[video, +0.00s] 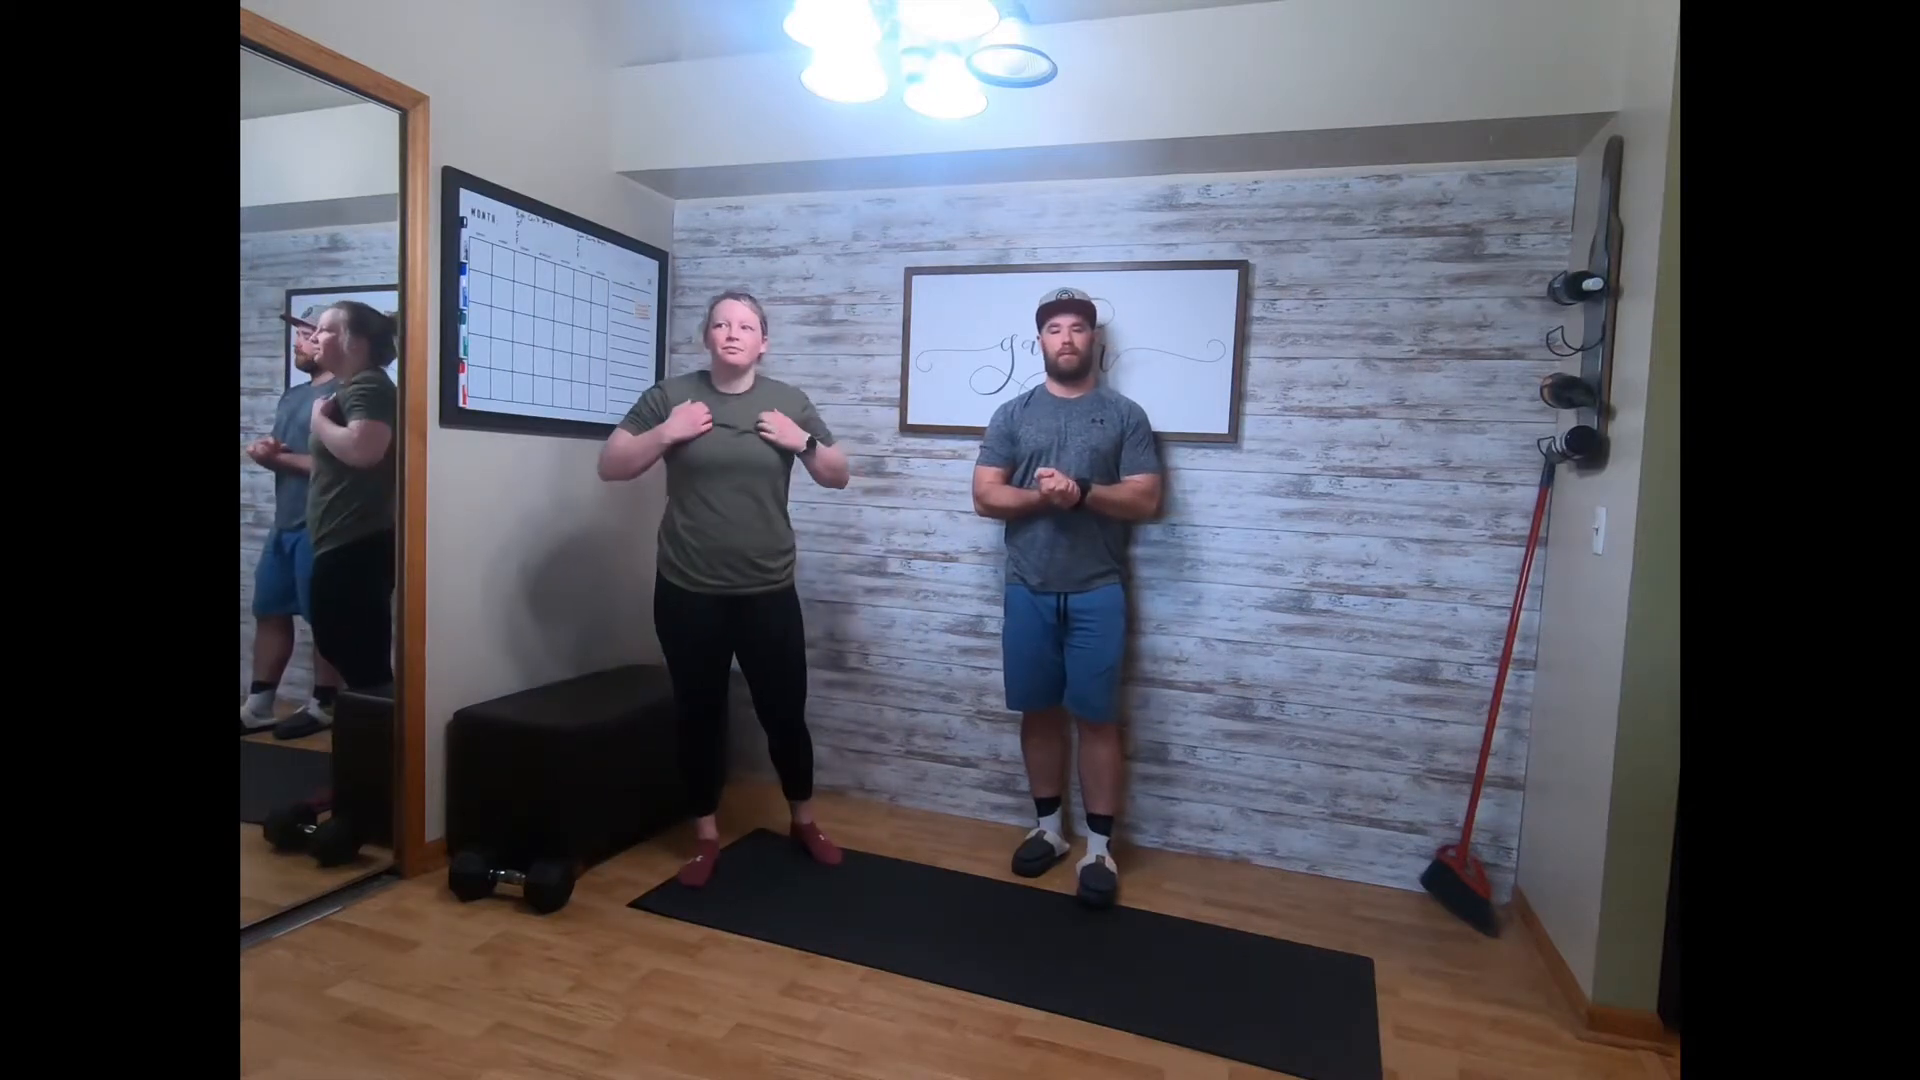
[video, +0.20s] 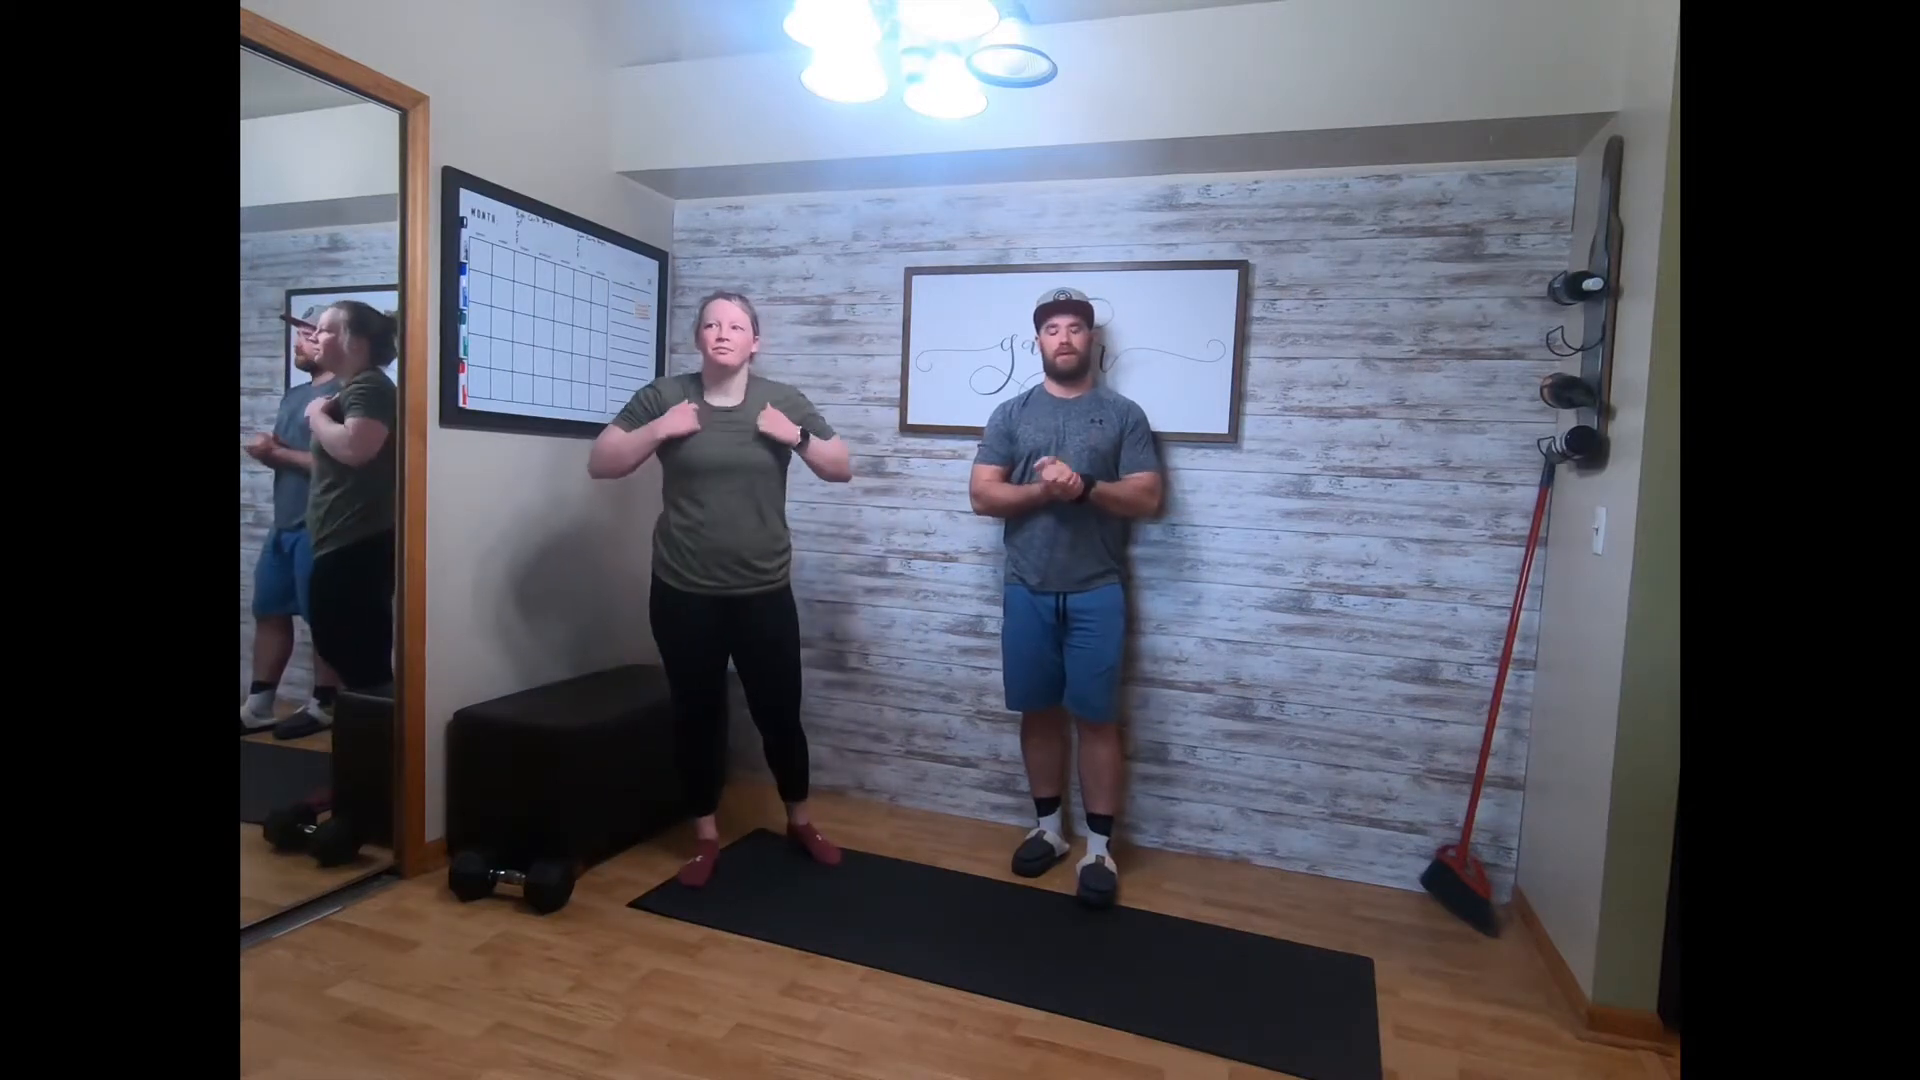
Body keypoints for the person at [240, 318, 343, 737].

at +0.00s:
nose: (301, 338)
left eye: (311, 333)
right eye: (301, 332)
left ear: (330, 345)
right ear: (302, 345)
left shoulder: (342, 394)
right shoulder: (291, 397)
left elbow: (335, 465)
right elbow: (294, 460)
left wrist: (281, 457)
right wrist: (271, 452)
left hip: (321, 525)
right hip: (284, 525)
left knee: (323, 620)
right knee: (271, 611)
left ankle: (324, 706)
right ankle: (259, 703)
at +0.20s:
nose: (301, 337)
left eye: (310, 332)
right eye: (301, 332)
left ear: (328, 344)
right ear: (302, 345)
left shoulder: (341, 395)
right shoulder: (293, 396)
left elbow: (334, 464)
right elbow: (293, 458)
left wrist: (280, 453)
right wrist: (270, 450)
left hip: (320, 526)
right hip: (283, 525)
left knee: (322, 620)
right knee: (270, 611)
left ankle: (325, 705)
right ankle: (259, 703)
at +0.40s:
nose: (303, 340)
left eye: (313, 335)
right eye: (303, 333)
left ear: (331, 347)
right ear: (300, 341)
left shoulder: (338, 395)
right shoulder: (295, 392)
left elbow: (328, 464)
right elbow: (284, 448)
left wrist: (272, 450)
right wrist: (262, 431)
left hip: (319, 527)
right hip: (283, 526)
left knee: (322, 620)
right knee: (270, 611)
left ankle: (324, 706)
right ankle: (259, 705)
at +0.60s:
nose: (299, 350)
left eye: (307, 341)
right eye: (297, 343)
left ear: (332, 343)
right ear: (296, 350)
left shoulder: (349, 397)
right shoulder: (295, 396)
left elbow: (335, 467)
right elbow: (282, 450)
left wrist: (282, 460)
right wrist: (254, 437)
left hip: (321, 529)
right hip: (283, 527)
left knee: (322, 620)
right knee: (271, 613)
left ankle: (325, 705)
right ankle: (259, 704)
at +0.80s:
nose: (300, 347)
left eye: (309, 338)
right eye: (299, 339)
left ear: (333, 344)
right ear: (298, 345)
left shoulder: (344, 397)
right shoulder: (294, 394)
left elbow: (336, 463)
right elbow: (297, 455)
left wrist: (283, 453)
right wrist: (272, 449)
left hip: (320, 528)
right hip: (282, 526)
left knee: (323, 621)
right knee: (269, 611)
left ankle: (324, 707)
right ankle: (259, 704)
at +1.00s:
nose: (303, 342)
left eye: (312, 335)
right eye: (302, 335)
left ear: (333, 343)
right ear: (299, 344)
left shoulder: (345, 395)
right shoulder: (292, 396)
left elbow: (329, 460)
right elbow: (285, 458)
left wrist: (280, 452)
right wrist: (267, 450)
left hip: (319, 528)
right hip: (281, 527)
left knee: (322, 621)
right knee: (264, 610)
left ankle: (324, 706)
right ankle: (260, 703)